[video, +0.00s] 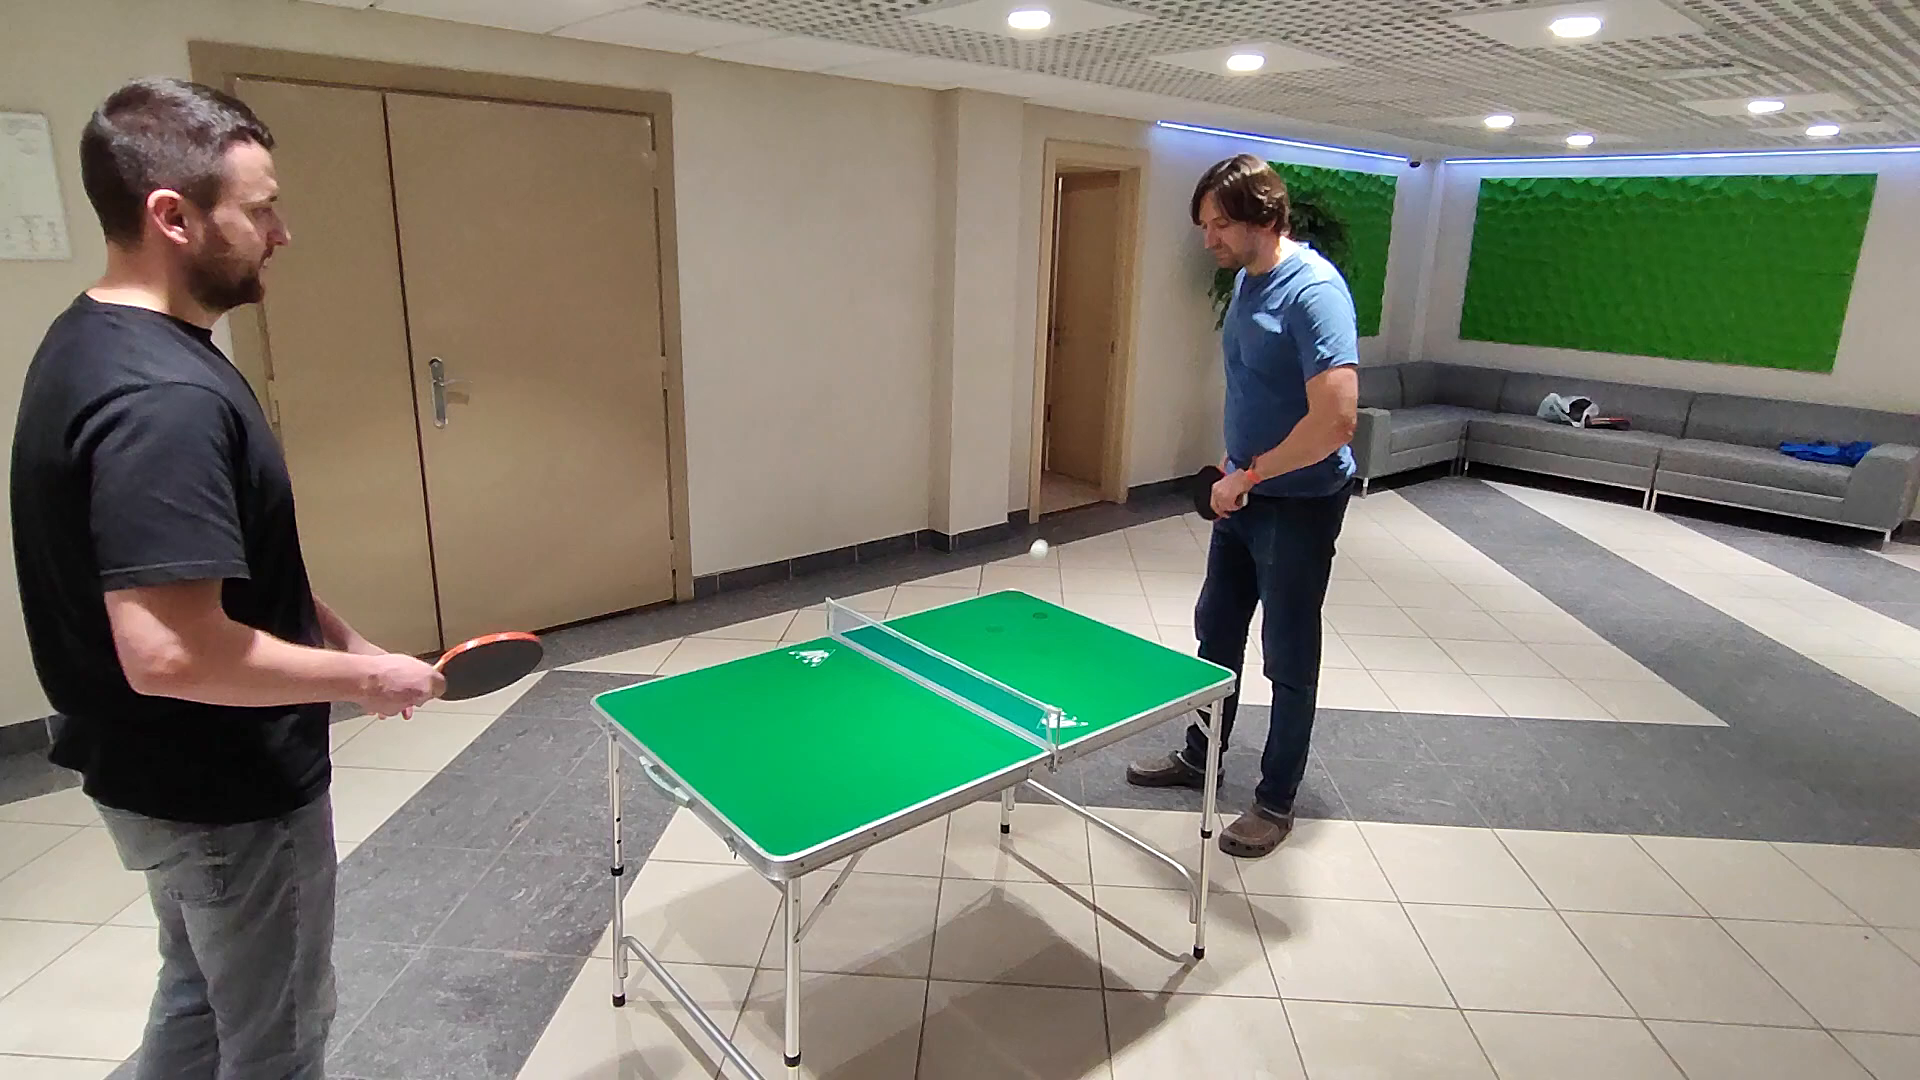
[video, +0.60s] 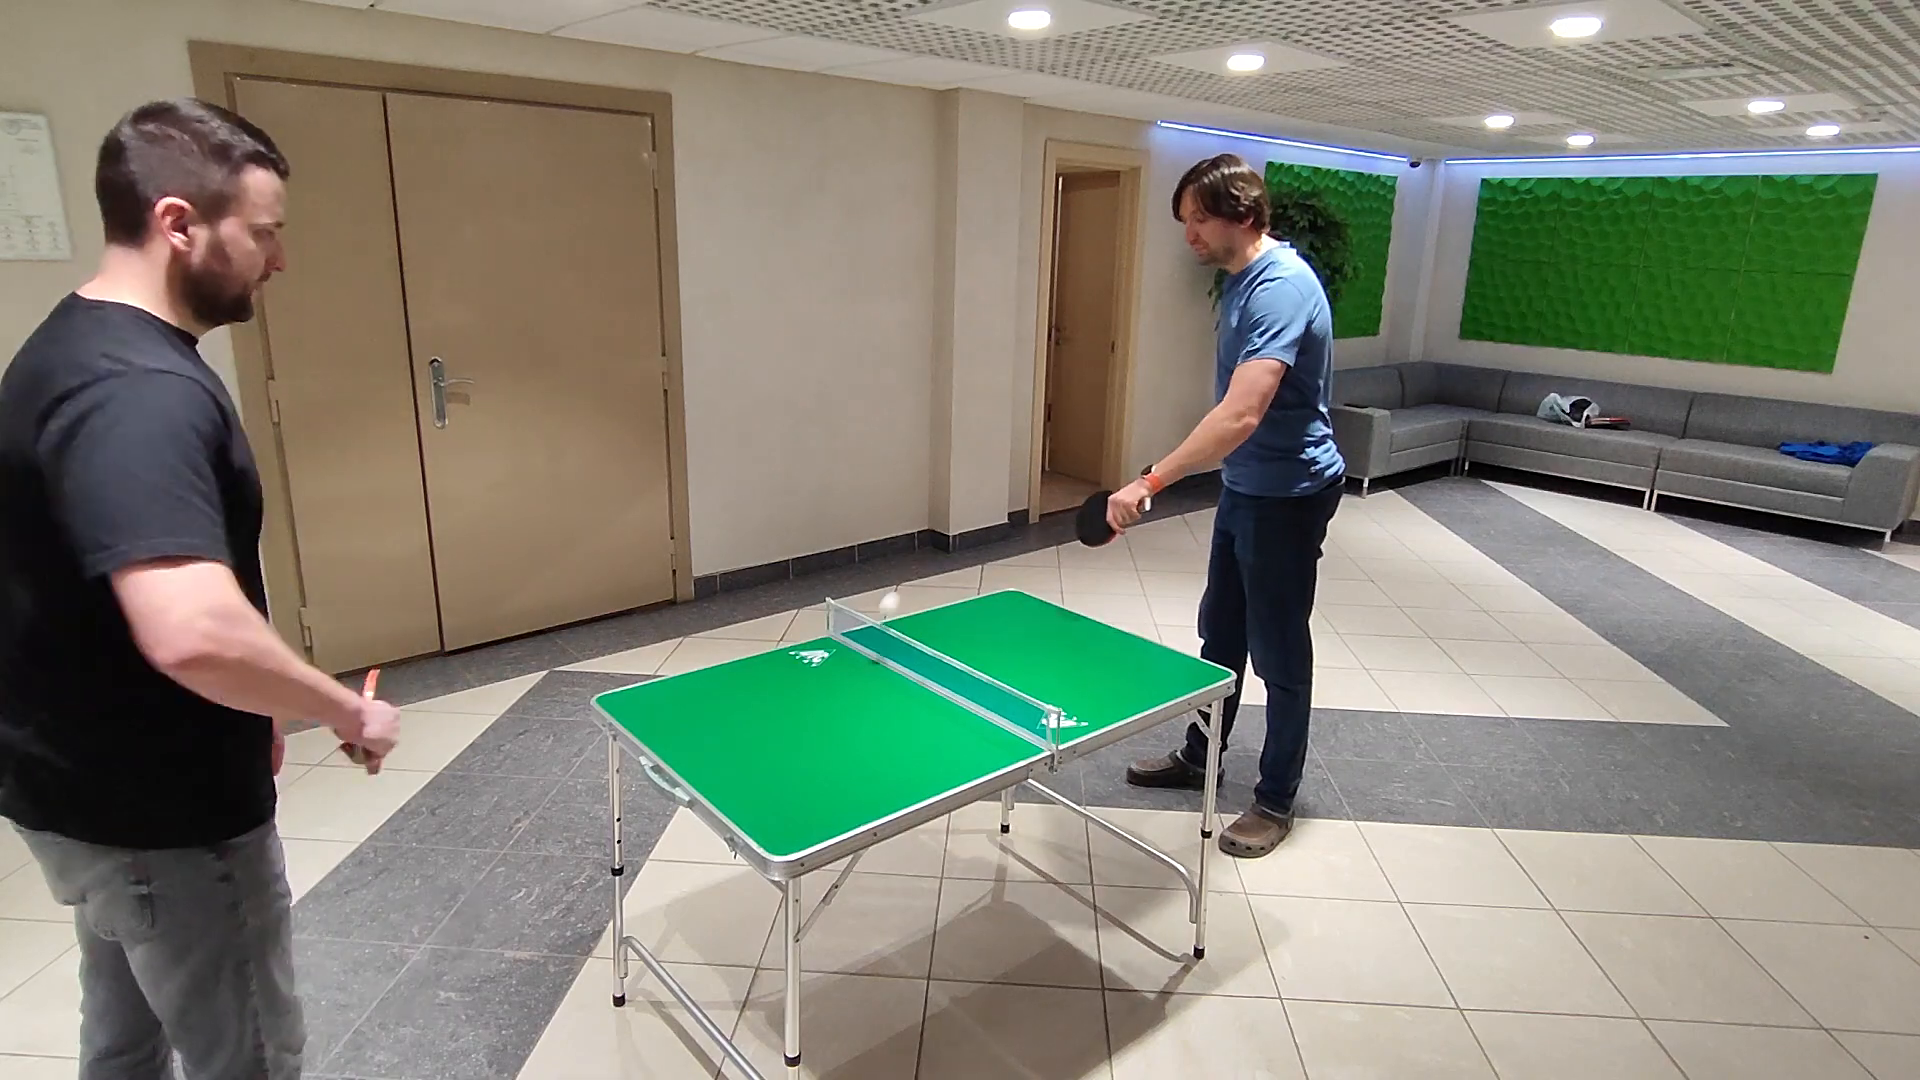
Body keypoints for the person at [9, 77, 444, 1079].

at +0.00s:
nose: (281, 233)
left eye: (276, 208)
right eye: (261, 210)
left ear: (173, 218)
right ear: (172, 216)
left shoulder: (97, 347)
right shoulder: (160, 396)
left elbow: (235, 555)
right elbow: (167, 650)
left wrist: (347, 652)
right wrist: (361, 677)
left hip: (157, 773)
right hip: (235, 795)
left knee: (198, 1007)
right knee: (278, 1045)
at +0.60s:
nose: (278, 261)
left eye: (278, 234)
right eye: (265, 231)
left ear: (169, 225)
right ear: (178, 223)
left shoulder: (69, 346)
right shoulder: (138, 382)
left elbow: (90, 591)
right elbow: (192, 629)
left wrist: (244, 706)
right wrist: (346, 708)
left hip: (78, 790)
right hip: (170, 818)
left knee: (125, 1041)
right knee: (250, 1058)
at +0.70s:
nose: (316, 271)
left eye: (318, 244)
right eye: (306, 241)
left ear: (207, 230)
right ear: (224, 233)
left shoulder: (64, 354)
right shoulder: (197, 396)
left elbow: (94, 579)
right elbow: (326, 639)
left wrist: (239, 689)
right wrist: (429, 693)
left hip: (64, 795)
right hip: (179, 822)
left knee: (129, 1049)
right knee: (253, 1059)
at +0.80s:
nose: (362, 291)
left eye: (366, 267)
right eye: (356, 264)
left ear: (238, 241)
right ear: (282, 253)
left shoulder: (71, 358)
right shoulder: (270, 414)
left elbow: (65, 582)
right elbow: (451, 630)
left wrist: (231, 699)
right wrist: (519, 664)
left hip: (40, 814)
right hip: (181, 840)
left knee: (123, 1055)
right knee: (253, 1061)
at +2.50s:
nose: (305, 280)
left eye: (310, 255)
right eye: (296, 251)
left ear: (203, 234)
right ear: (214, 238)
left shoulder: (15, 347)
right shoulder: (249, 396)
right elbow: (342, 637)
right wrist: (451, 723)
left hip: (28, 797)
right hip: (195, 811)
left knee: (89, 1061)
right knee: (239, 1064)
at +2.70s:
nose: (254, 254)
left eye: (254, 228)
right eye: (237, 227)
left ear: (143, 222)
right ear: (147, 221)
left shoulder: (9, 344)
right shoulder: (184, 390)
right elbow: (220, 643)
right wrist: (333, 744)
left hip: (37, 799)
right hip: (180, 821)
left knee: (86, 1055)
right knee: (237, 1064)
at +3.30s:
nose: (241, 279)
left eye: (243, 252)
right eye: (218, 245)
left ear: (113, 230)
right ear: (118, 227)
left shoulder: (20, 341)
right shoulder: (116, 389)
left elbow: (69, 574)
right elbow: (226, 619)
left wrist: (225, 670)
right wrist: (382, 723)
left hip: (31, 812)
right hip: (143, 834)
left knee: (69, 1054)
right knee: (226, 1060)